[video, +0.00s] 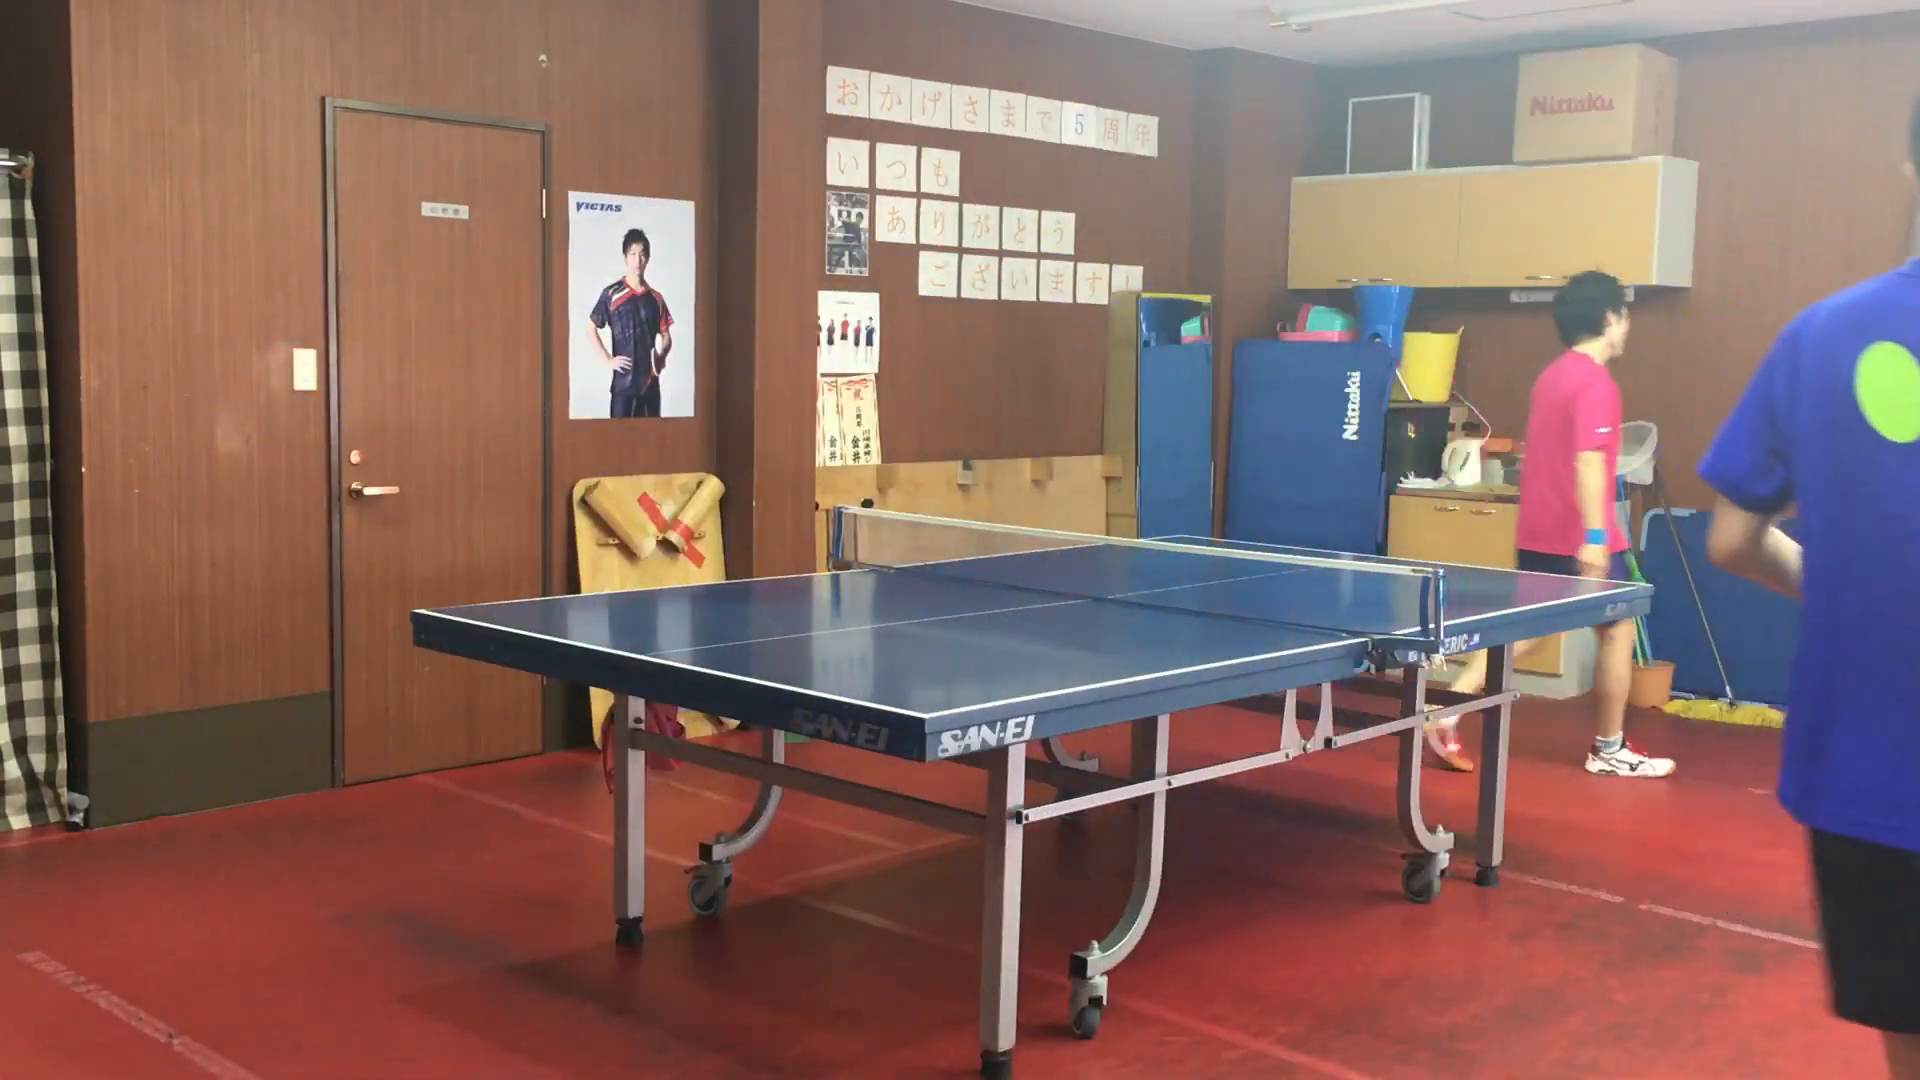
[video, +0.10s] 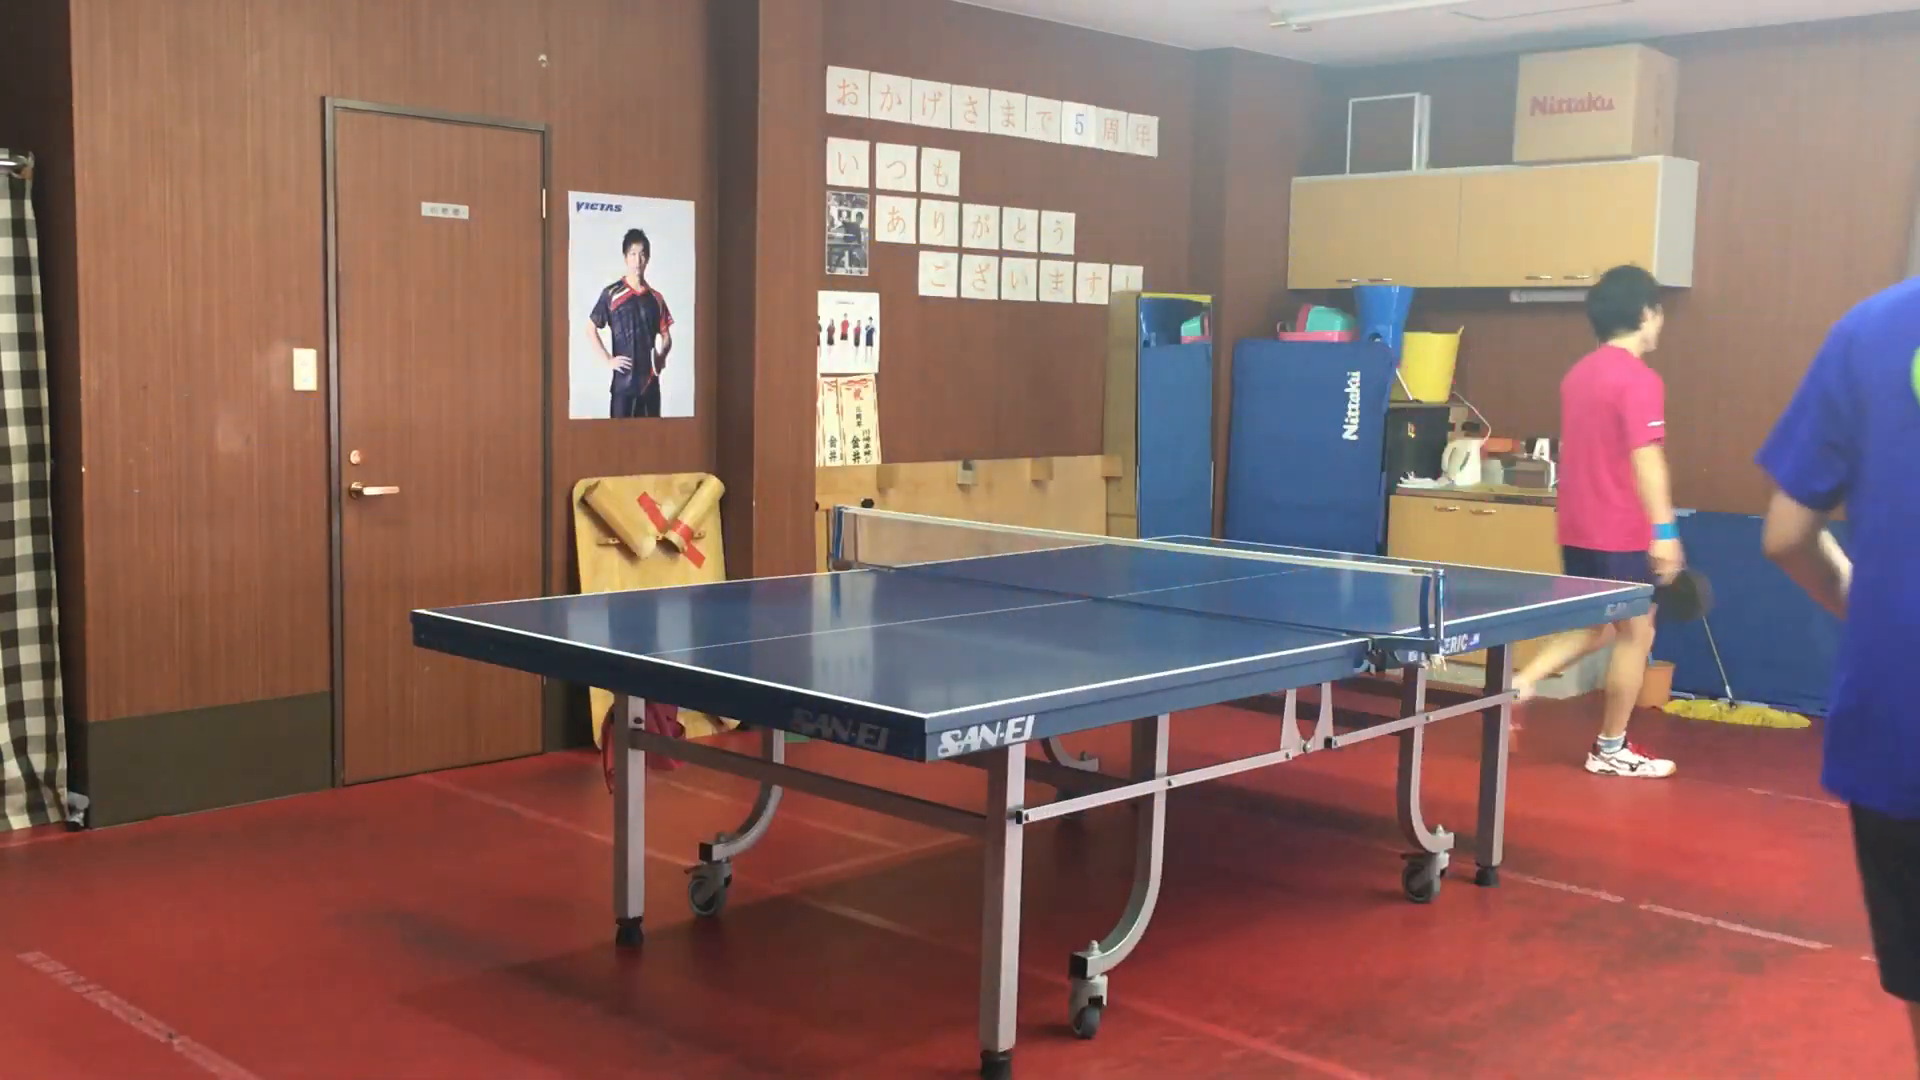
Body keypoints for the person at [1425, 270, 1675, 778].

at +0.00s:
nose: (1628, 325)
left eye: (1626, 315)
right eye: (1624, 315)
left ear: (1571, 322)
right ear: (1606, 322)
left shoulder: (1553, 375)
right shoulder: (1594, 383)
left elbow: (1541, 459)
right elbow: (1589, 463)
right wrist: (1594, 538)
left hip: (1540, 538)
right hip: (1583, 541)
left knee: (1527, 632)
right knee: (1619, 625)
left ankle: (1446, 714)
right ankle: (1610, 746)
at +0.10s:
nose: (1661, 321)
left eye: (1659, 311)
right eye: (1658, 311)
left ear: (1604, 317)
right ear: (1643, 317)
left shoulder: (1577, 375)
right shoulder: (1639, 380)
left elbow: (1577, 457)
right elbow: (1647, 460)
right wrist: (1664, 532)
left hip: (1578, 533)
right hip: (1622, 536)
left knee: (1595, 627)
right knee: (1637, 634)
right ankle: (1612, 747)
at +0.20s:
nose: (1692, 317)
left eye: (1690, 308)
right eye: (1690, 308)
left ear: (1633, 315)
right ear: (1677, 314)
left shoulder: (1604, 373)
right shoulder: (1681, 375)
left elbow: (1588, 453)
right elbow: (1703, 455)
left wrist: (1595, 514)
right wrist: (1730, 524)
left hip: (1608, 527)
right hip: (1653, 530)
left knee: (1663, 610)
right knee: (1645, 629)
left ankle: (1597, 694)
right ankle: (1612, 747)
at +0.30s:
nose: (1725, 321)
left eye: (1722, 312)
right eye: (1722, 313)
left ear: (1667, 321)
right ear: (1712, 317)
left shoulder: (1638, 376)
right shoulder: (1716, 377)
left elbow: (1616, 449)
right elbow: (1748, 454)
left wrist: (1617, 511)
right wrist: (1787, 517)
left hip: (1643, 526)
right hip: (1682, 531)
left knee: (1696, 617)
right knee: (1658, 629)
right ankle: (1613, 745)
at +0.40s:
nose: (1759, 330)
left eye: (1757, 321)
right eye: (1756, 321)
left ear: (1702, 330)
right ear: (1746, 324)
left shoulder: (1673, 385)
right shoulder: (1752, 384)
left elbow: (1652, 461)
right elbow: (1780, 459)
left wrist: (1652, 517)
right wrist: (1829, 514)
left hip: (1673, 535)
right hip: (1714, 539)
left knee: (1724, 632)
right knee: (1675, 639)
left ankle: (1757, 733)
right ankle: (1615, 742)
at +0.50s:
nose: (1794, 335)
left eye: (1791, 326)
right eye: (1792, 326)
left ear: (1738, 335)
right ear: (1781, 328)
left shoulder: (1710, 387)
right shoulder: (1788, 383)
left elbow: (1688, 463)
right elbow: (1800, 458)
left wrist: (1696, 522)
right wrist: (1845, 511)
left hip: (1712, 534)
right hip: (1755, 538)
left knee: (1754, 632)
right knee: (1735, 638)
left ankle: (1768, 735)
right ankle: (1639, 723)